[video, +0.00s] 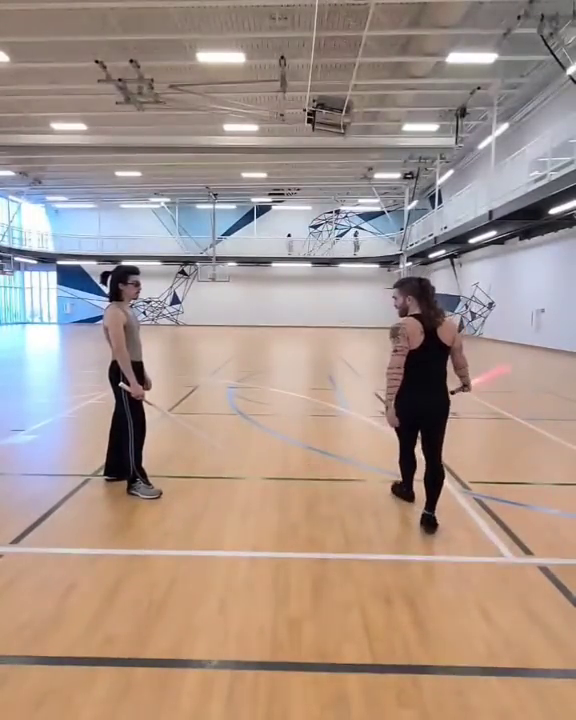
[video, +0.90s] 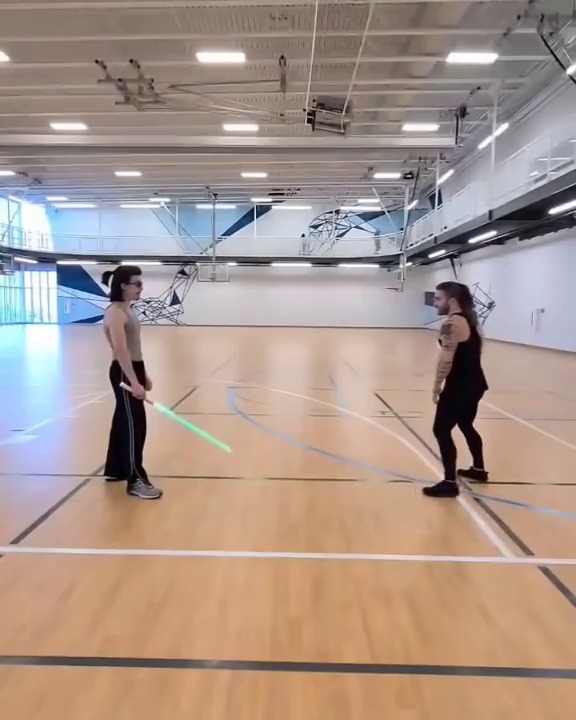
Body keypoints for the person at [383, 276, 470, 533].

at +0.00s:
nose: (394, 303)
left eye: (397, 299)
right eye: (394, 299)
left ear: (410, 299)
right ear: (420, 298)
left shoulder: (405, 326)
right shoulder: (448, 324)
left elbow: (396, 368)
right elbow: (459, 359)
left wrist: (390, 403)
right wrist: (465, 381)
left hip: (408, 401)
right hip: (437, 402)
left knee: (406, 448)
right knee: (434, 457)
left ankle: (407, 487)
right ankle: (430, 513)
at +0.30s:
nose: (396, 297)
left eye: (399, 292)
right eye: (397, 292)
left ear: (411, 294)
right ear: (420, 294)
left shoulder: (404, 323)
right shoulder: (447, 320)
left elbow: (389, 358)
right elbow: (452, 358)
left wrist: (369, 377)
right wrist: (440, 376)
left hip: (412, 390)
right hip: (439, 388)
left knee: (406, 438)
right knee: (446, 432)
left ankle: (407, 486)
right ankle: (449, 480)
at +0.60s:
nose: (418, 303)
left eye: (421, 299)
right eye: (419, 299)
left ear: (434, 302)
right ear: (440, 303)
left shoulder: (430, 327)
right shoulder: (457, 325)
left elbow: (413, 360)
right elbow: (463, 356)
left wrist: (393, 365)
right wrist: (452, 369)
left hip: (431, 393)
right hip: (454, 390)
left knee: (411, 435)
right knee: (455, 424)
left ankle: (408, 485)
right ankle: (475, 463)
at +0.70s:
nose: (426, 308)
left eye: (429, 303)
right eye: (426, 303)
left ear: (443, 305)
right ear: (447, 306)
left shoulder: (442, 330)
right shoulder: (458, 327)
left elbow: (429, 364)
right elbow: (458, 360)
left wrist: (408, 379)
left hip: (445, 393)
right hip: (463, 391)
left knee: (420, 433)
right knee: (457, 426)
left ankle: (412, 483)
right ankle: (477, 467)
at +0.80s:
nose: (431, 305)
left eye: (435, 301)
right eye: (431, 301)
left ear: (448, 302)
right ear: (452, 303)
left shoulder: (447, 327)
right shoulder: (462, 323)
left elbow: (441, 362)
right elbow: (462, 357)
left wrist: (427, 385)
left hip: (453, 389)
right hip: (470, 386)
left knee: (432, 429)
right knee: (462, 425)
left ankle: (429, 482)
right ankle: (478, 468)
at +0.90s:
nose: (435, 302)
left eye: (438, 298)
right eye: (435, 298)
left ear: (451, 300)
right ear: (455, 301)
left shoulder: (452, 323)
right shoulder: (468, 320)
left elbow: (446, 360)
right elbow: (471, 355)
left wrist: (436, 387)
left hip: (458, 386)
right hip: (475, 383)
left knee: (441, 429)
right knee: (465, 424)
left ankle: (449, 481)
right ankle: (478, 468)